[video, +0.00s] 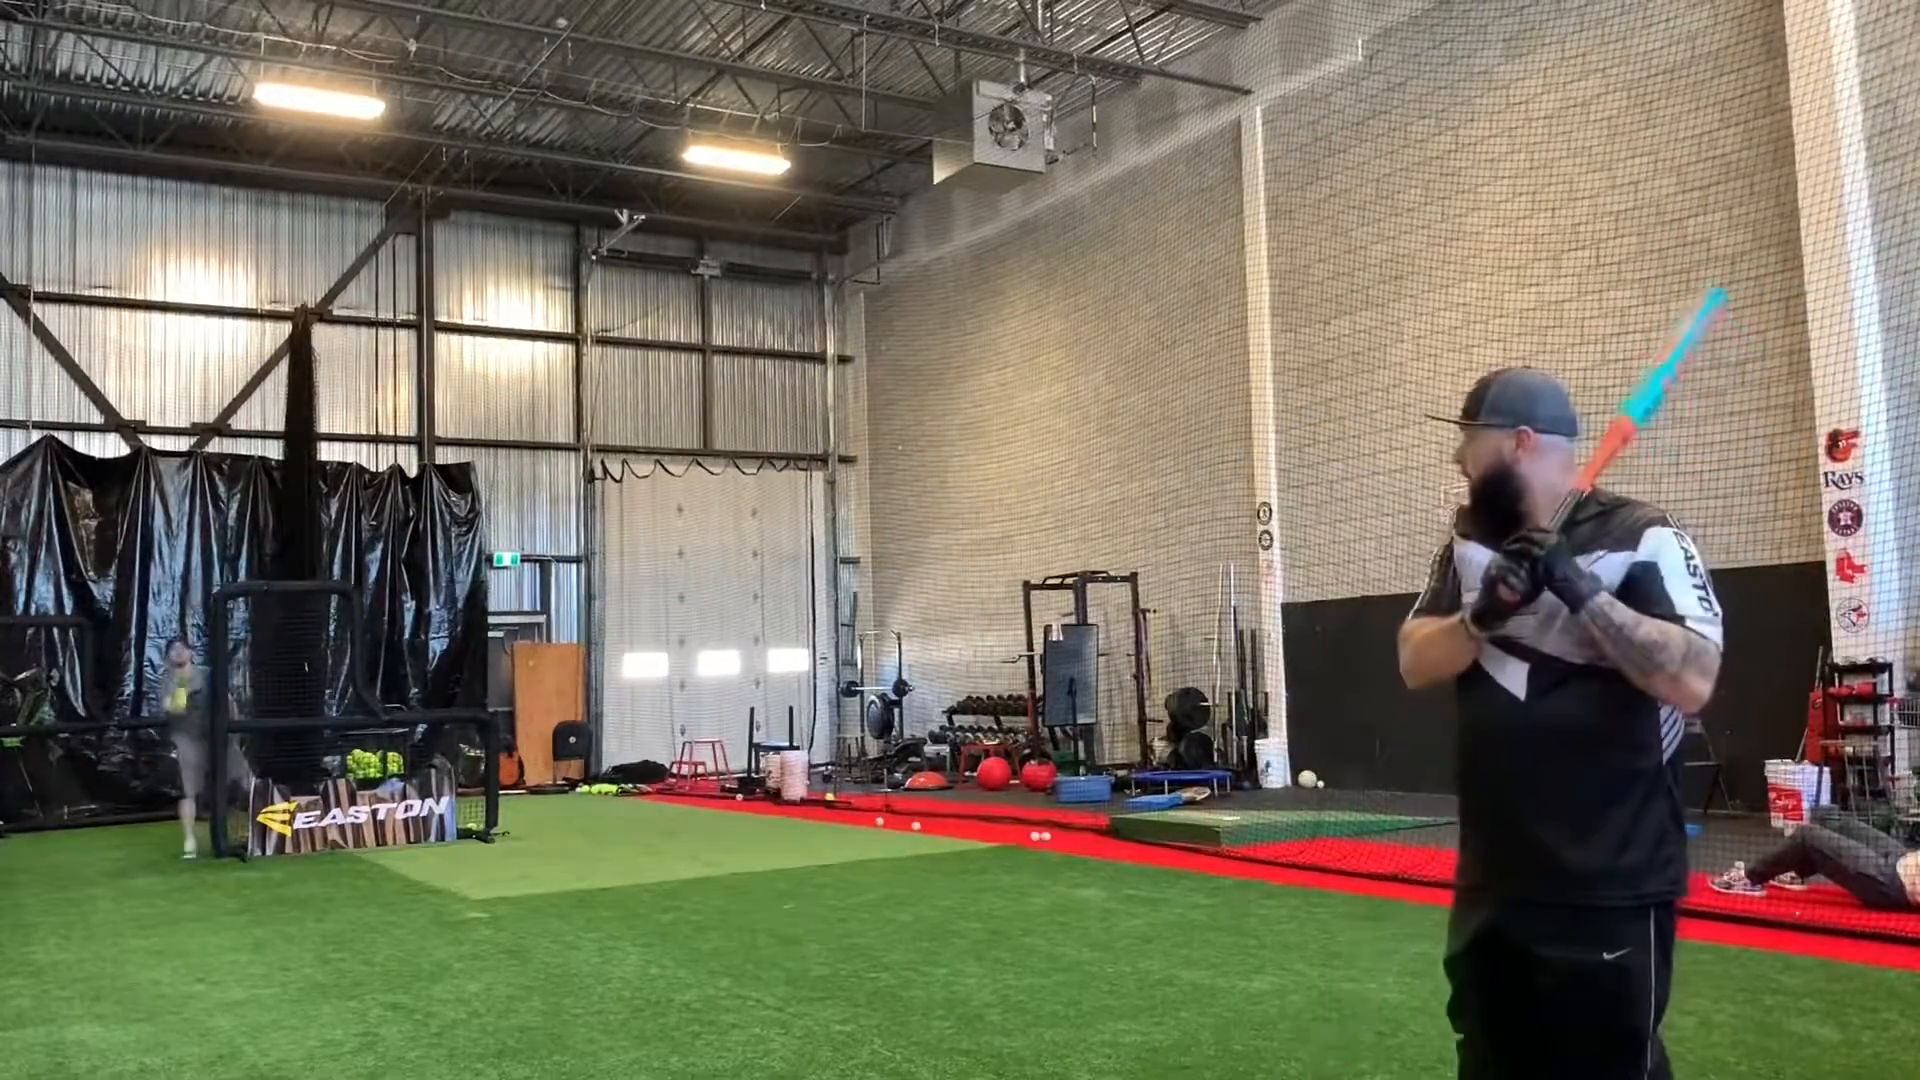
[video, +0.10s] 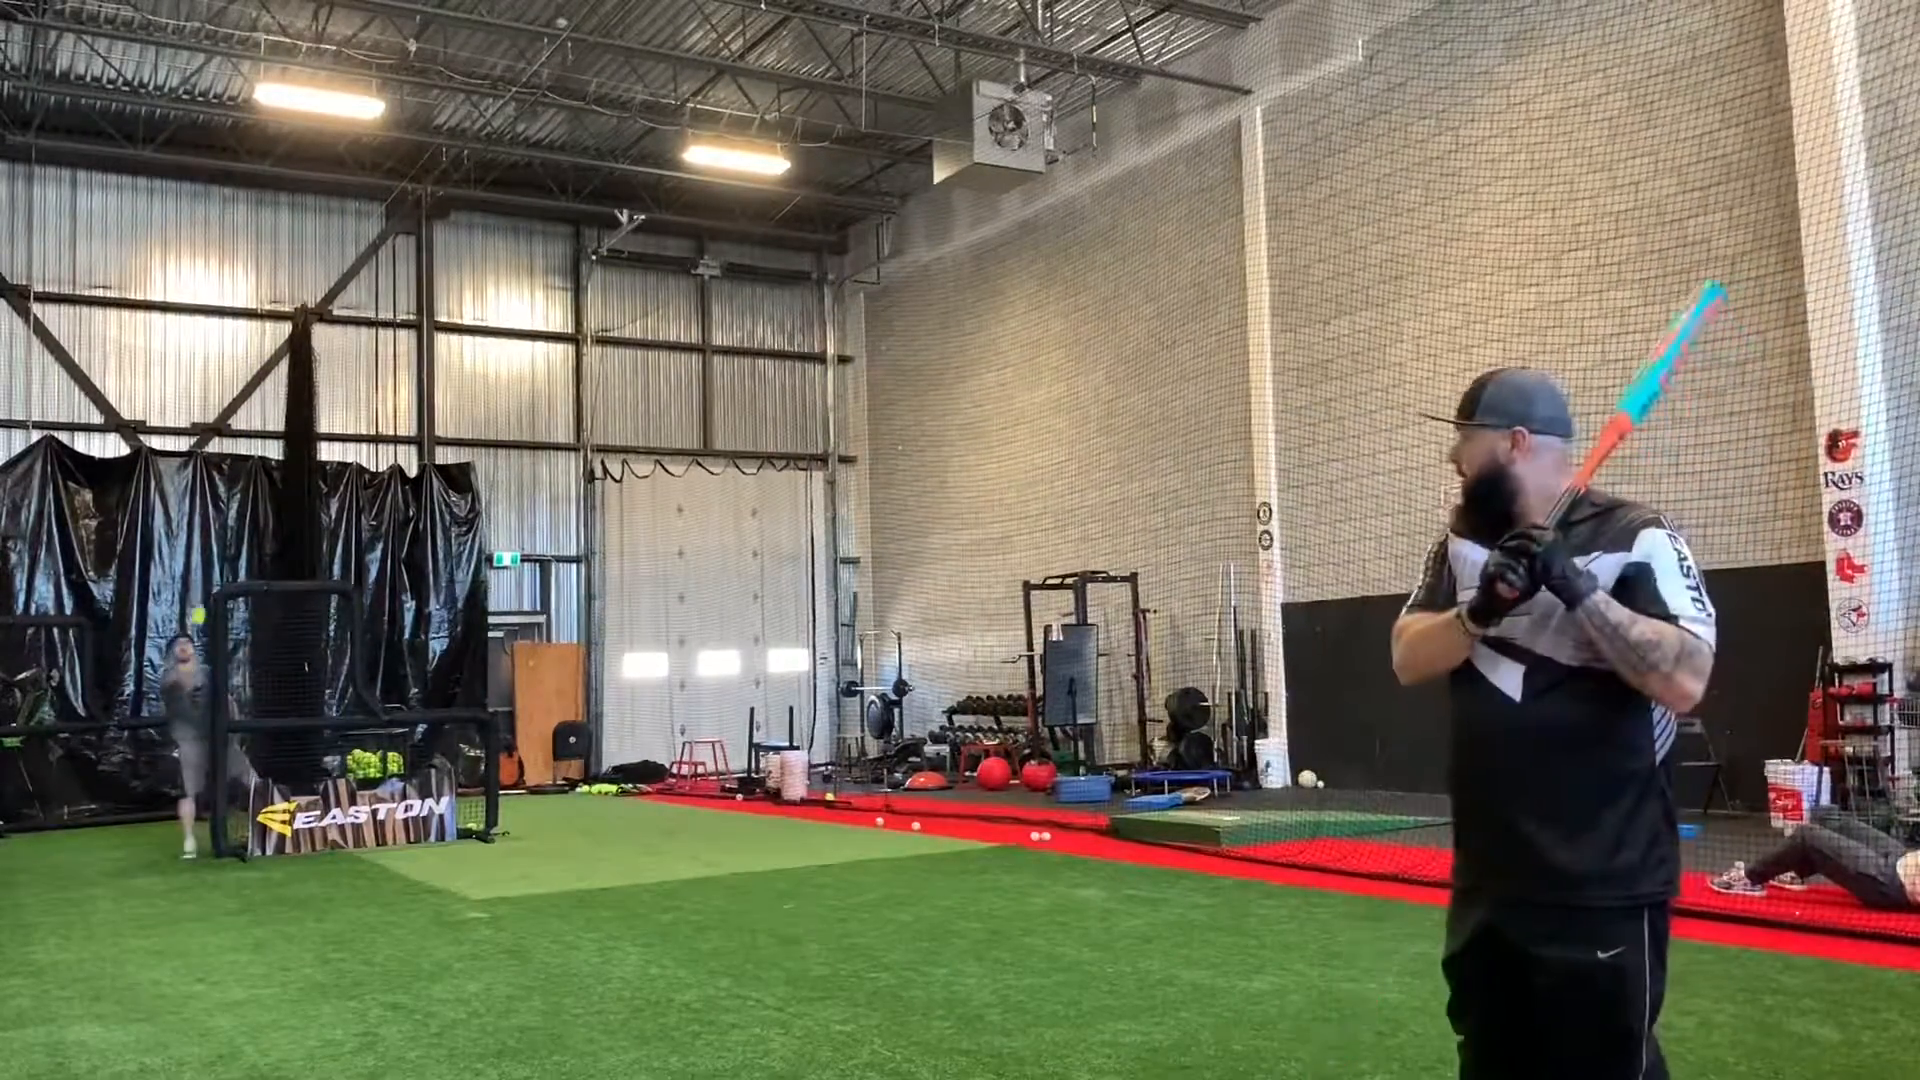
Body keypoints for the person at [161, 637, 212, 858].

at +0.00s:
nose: (179, 654)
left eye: (182, 649)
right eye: (174, 650)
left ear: (191, 652)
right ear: (169, 656)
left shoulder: (207, 675)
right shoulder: (169, 679)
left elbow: (227, 701)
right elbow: (167, 707)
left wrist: (231, 724)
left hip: (217, 733)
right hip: (188, 736)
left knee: (245, 779)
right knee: (188, 789)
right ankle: (189, 839)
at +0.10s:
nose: (184, 650)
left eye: (188, 645)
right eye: (179, 646)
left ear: (194, 648)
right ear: (173, 652)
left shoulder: (207, 673)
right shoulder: (169, 677)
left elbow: (225, 698)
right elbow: (174, 708)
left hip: (218, 734)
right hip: (190, 738)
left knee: (250, 779)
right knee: (188, 791)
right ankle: (189, 839)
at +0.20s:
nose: (187, 649)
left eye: (190, 644)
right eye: (182, 645)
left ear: (195, 648)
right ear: (175, 650)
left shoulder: (207, 672)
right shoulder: (169, 677)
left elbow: (225, 699)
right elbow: (170, 686)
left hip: (218, 734)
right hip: (188, 737)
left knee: (249, 775)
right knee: (187, 790)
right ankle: (189, 839)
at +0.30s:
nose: (190, 649)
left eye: (193, 645)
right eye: (185, 645)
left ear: (199, 649)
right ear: (178, 650)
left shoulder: (209, 673)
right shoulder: (171, 676)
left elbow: (224, 699)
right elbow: (180, 700)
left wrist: (199, 700)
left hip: (218, 737)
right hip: (189, 740)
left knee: (247, 782)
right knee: (188, 792)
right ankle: (189, 839)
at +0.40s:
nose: (196, 649)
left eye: (197, 645)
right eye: (190, 646)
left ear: (201, 649)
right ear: (182, 651)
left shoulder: (211, 673)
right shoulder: (177, 677)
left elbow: (226, 701)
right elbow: (181, 705)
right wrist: (190, 728)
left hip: (220, 734)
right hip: (195, 735)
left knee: (228, 787)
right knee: (189, 790)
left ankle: (223, 839)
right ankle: (189, 838)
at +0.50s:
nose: (202, 650)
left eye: (204, 646)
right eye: (196, 646)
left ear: (210, 650)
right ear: (186, 653)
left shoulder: (217, 675)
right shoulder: (182, 681)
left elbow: (231, 704)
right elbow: (184, 715)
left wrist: (236, 731)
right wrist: (187, 746)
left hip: (224, 738)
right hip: (197, 740)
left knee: (243, 789)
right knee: (191, 792)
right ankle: (189, 839)